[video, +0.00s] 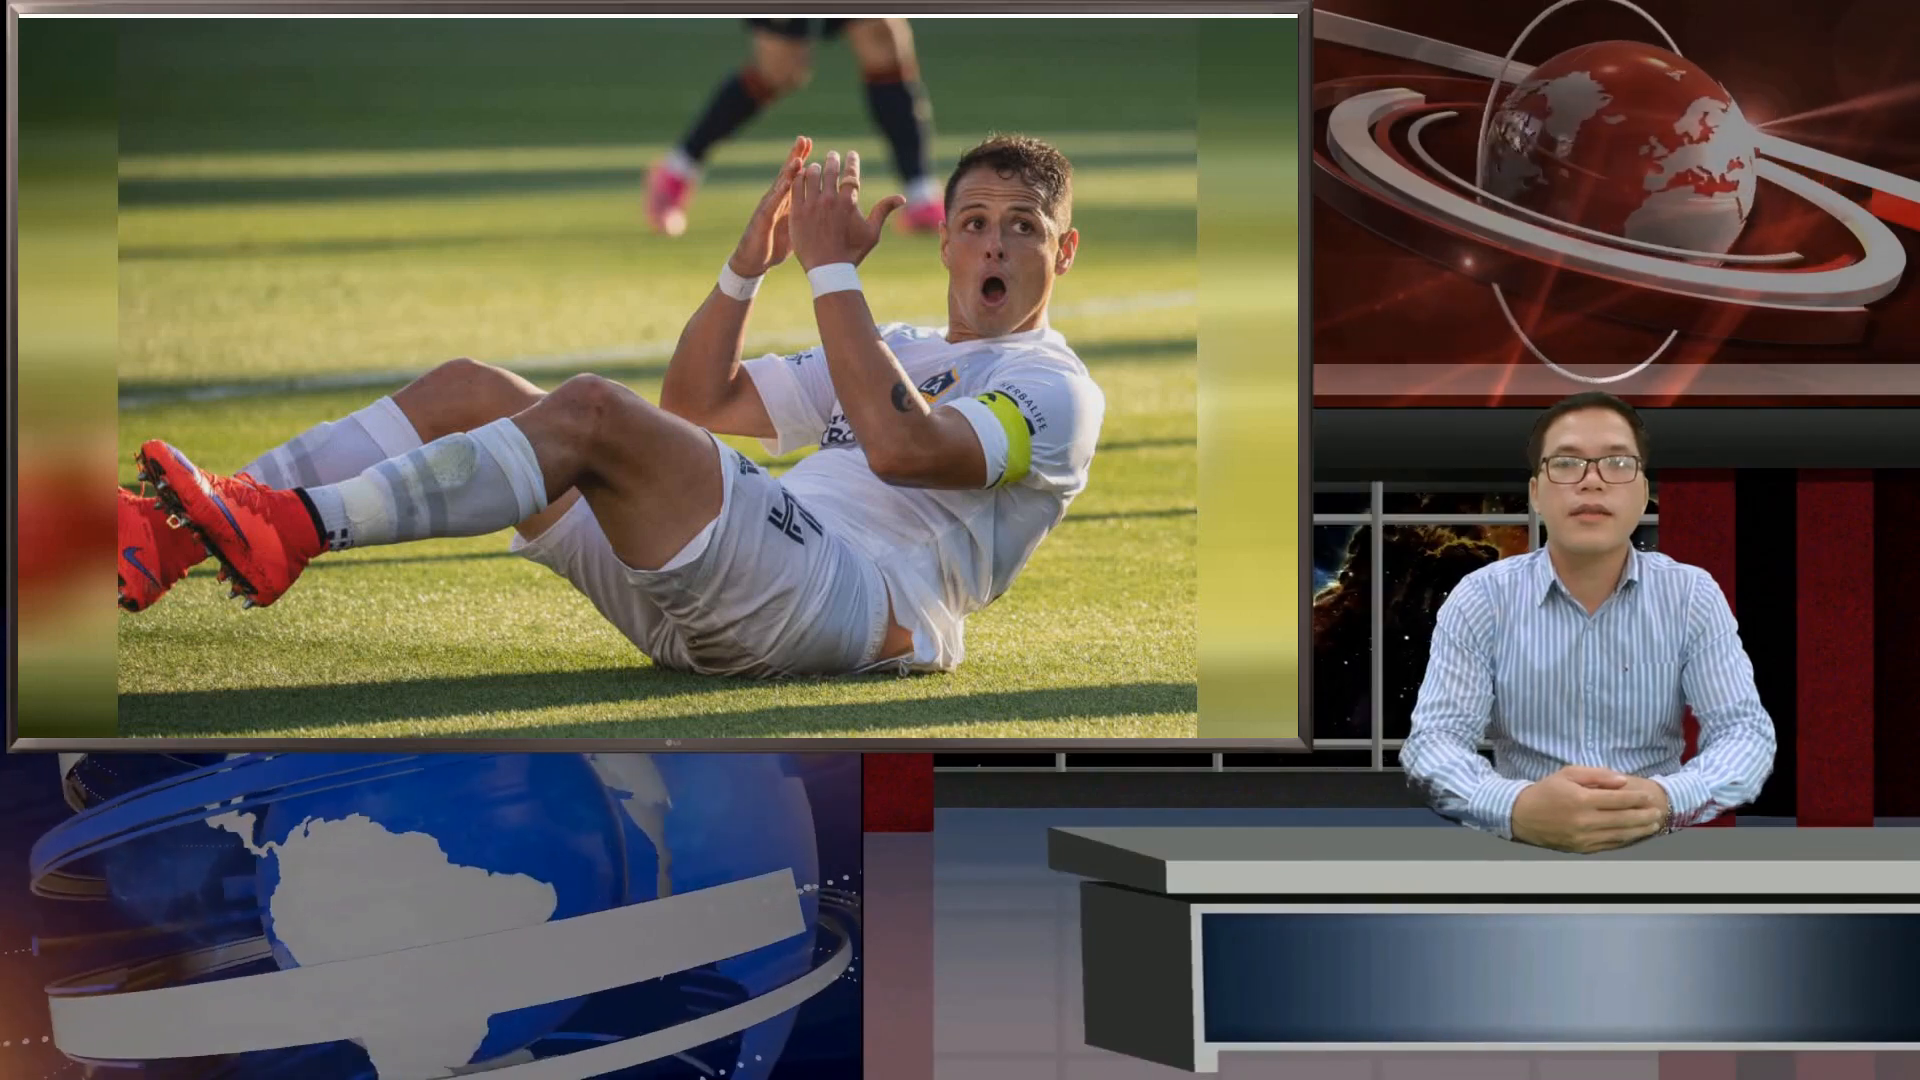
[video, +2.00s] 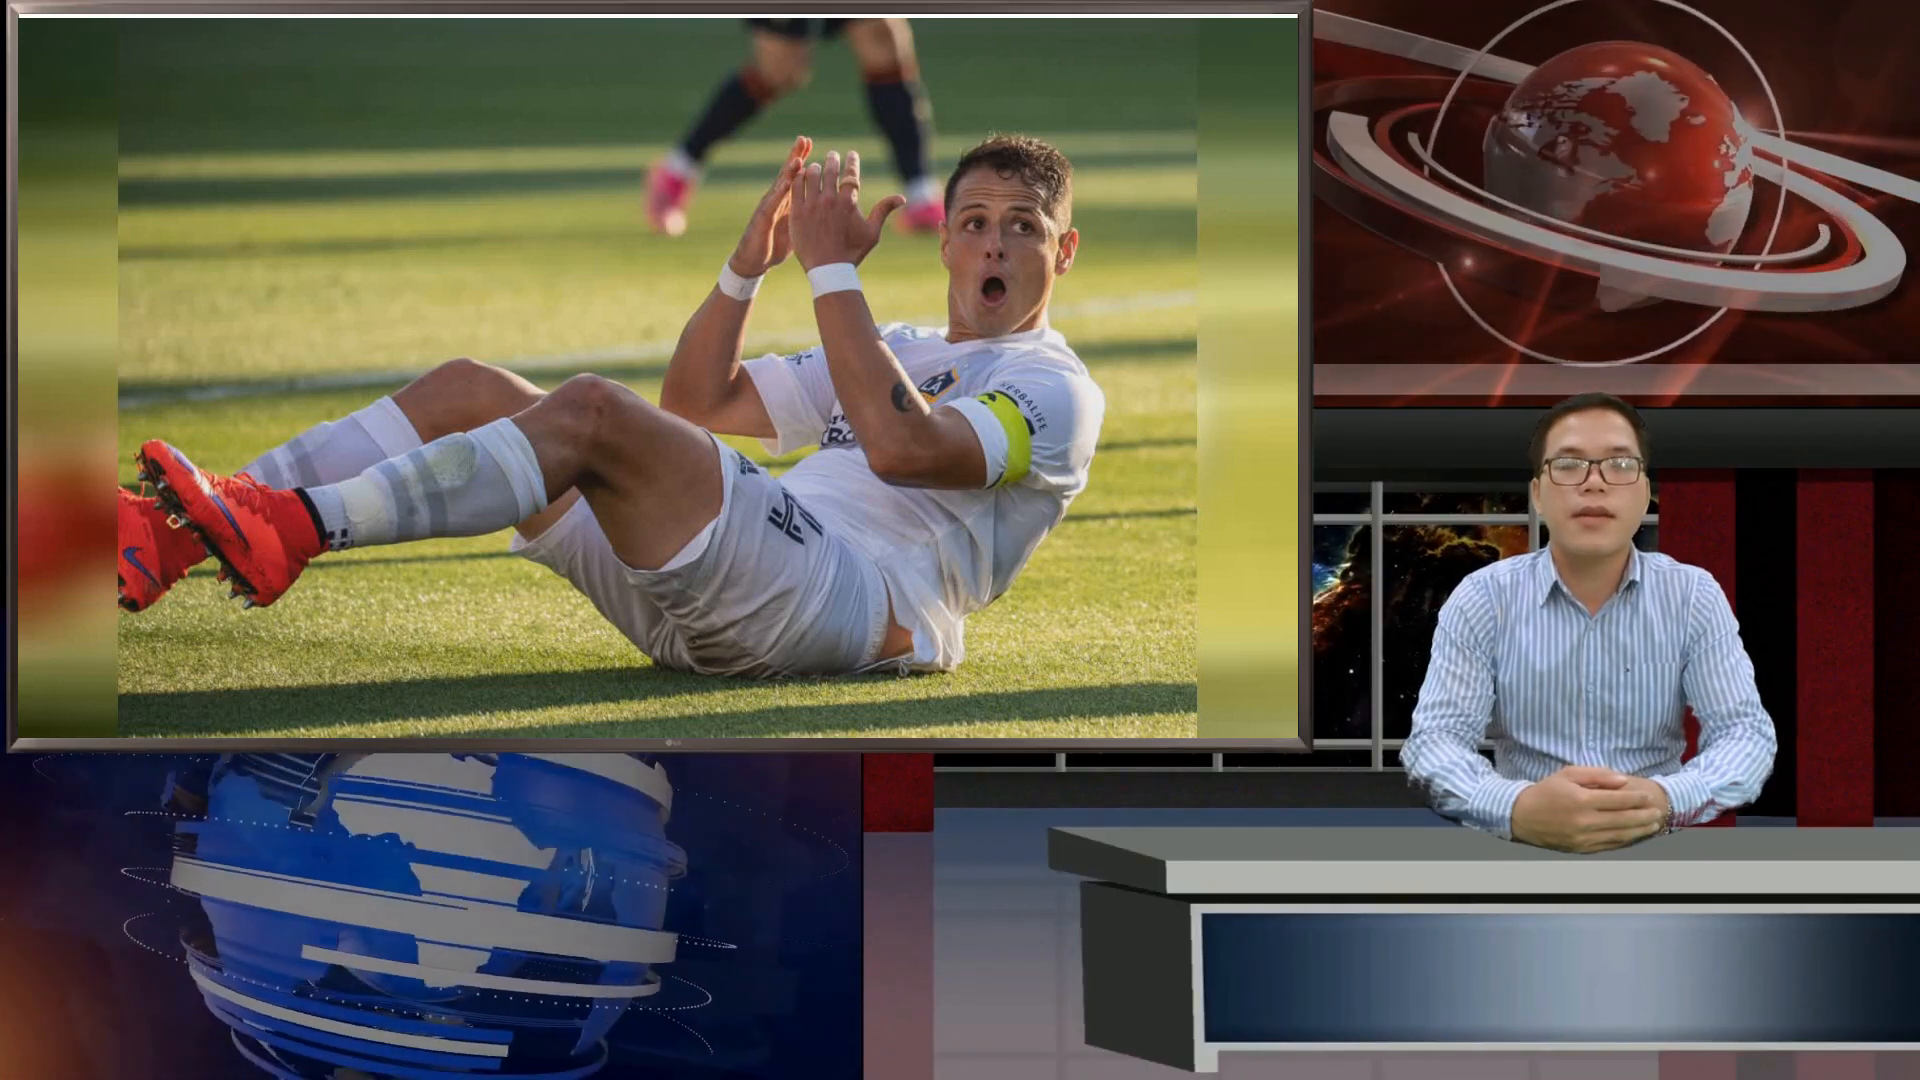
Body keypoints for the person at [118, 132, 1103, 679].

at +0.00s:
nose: (995, 246)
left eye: (1022, 230)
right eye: (976, 224)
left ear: (1065, 258)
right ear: (943, 240)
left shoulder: (1055, 389)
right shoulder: (892, 358)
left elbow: (902, 447)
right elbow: (695, 404)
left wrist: (833, 270)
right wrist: (746, 270)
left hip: (839, 602)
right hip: (732, 571)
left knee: (592, 413)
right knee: (468, 389)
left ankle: (300, 524)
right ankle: (179, 539)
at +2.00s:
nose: (996, 246)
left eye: (1024, 230)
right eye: (977, 223)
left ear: (1065, 258)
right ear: (943, 240)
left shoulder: (1056, 389)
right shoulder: (891, 357)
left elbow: (901, 446)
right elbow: (695, 406)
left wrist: (833, 268)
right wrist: (746, 270)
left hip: (839, 603)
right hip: (732, 571)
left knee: (592, 413)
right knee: (468, 389)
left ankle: (299, 524)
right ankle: (178, 539)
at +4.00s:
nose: (996, 245)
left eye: (1023, 229)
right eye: (976, 223)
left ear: (1066, 257)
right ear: (943, 241)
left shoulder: (1056, 389)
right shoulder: (892, 358)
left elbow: (901, 447)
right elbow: (695, 405)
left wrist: (833, 268)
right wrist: (746, 269)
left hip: (840, 604)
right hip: (732, 572)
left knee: (593, 413)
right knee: (468, 389)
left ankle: (300, 524)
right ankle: (175, 541)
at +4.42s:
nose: (996, 246)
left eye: (1023, 229)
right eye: (977, 223)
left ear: (1066, 257)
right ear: (943, 241)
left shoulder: (1056, 389)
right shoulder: (892, 358)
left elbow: (901, 447)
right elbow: (695, 405)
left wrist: (833, 268)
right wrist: (747, 269)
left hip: (841, 604)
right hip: (732, 573)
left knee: (593, 413)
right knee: (467, 389)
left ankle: (300, 524)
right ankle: (175, 541)